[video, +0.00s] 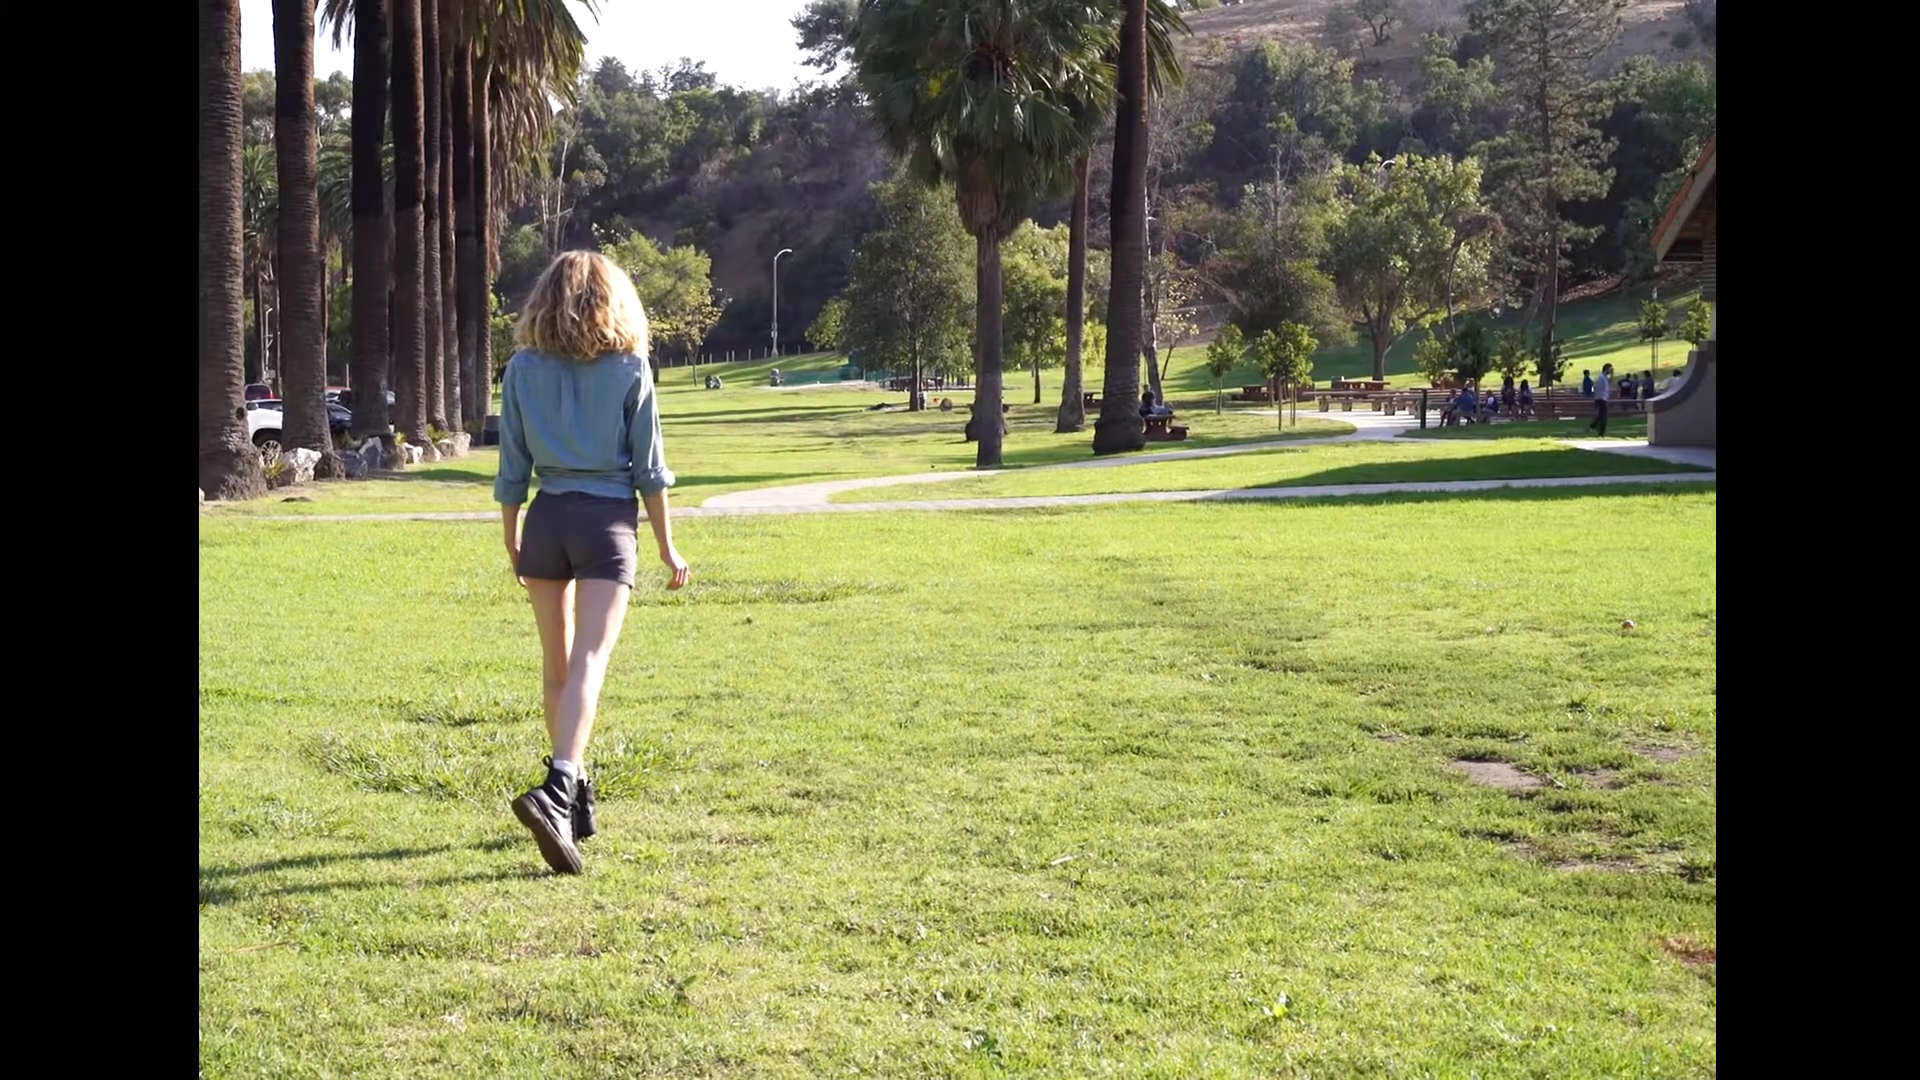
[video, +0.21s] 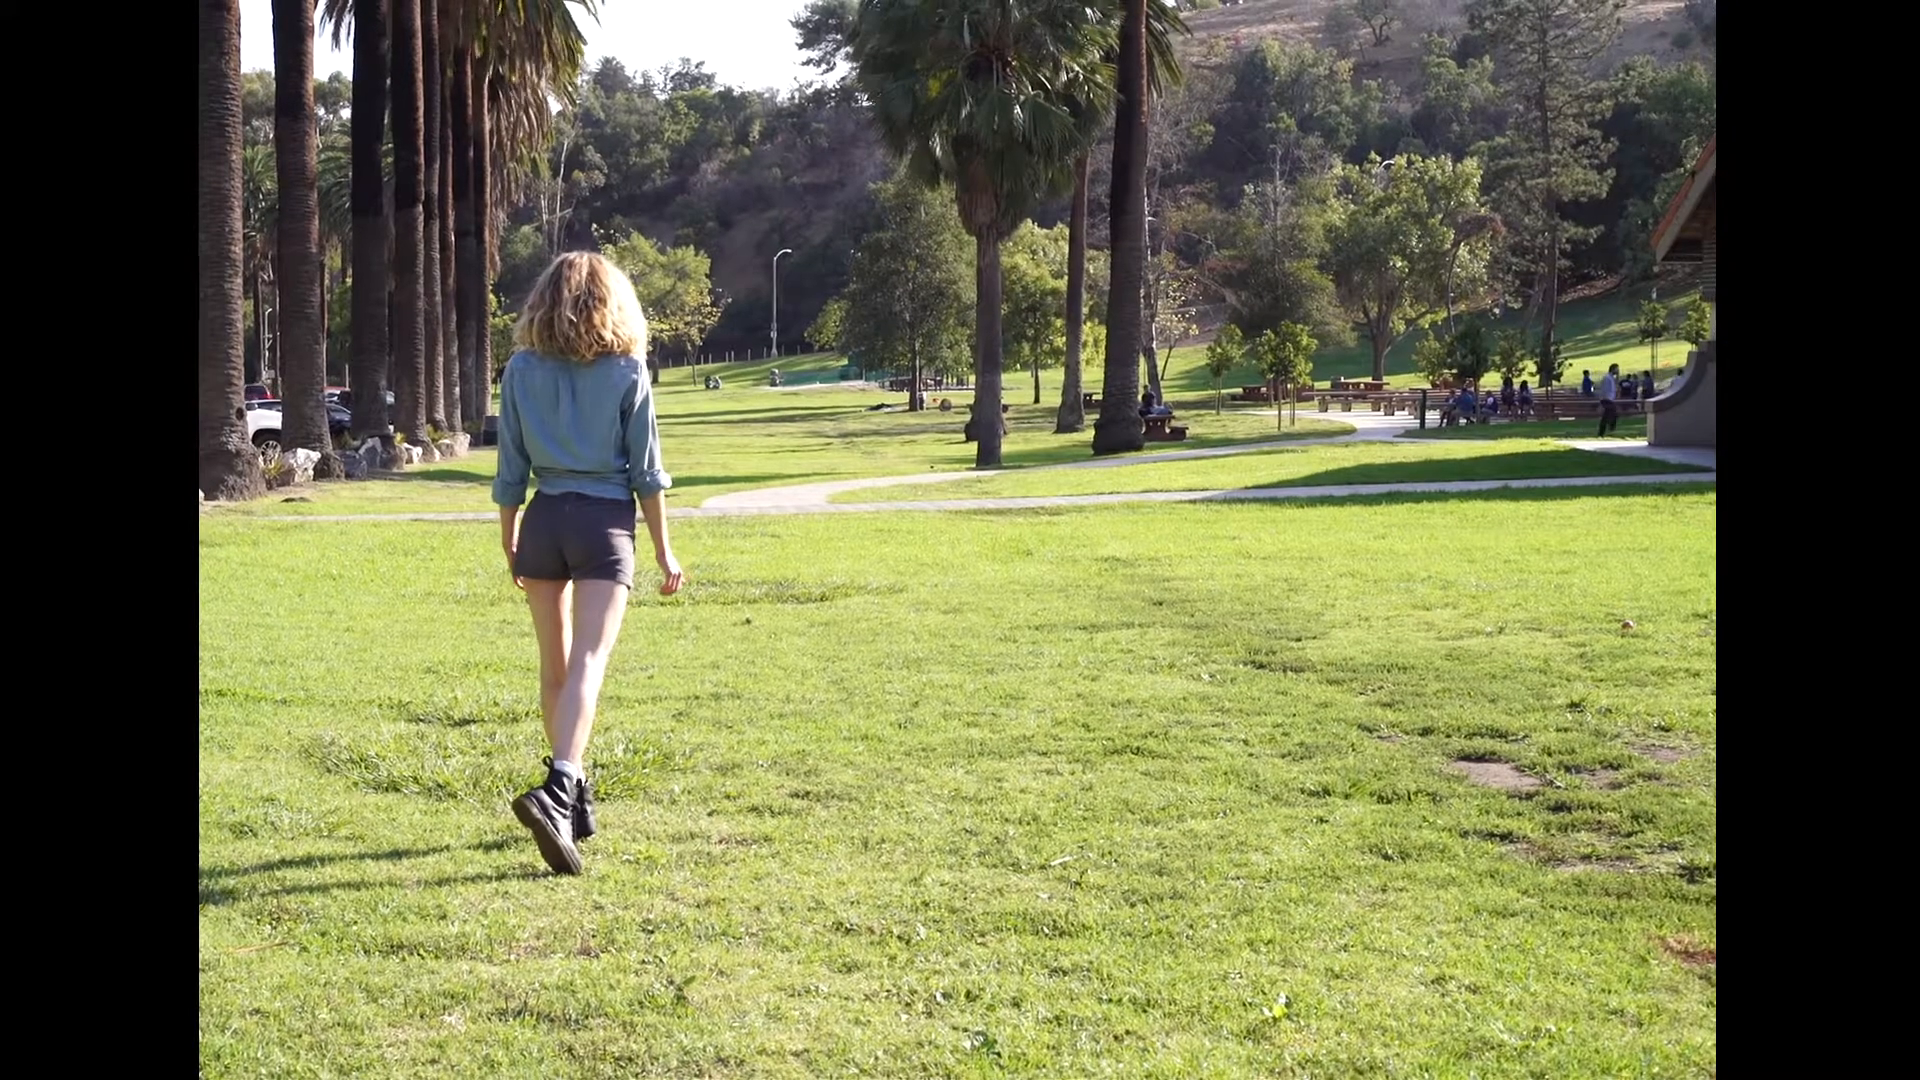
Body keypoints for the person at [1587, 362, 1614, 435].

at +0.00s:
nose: (1610, 371)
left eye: (1611, 369)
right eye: (1610, 369)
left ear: (1605, 369)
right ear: (1606, 369)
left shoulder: (1605, 378)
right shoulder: (1601, 378)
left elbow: (1610, 381)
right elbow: (1597, 389)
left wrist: (1612, 374)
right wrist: (1598, 398)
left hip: (1604, 399)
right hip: (1601, 399)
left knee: (1602, 416)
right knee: (1603, 416)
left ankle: (1592, 426)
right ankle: (1601, 433)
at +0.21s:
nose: (1617, 371)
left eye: (1617, 369)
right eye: (1616, 369)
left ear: (1612, 369)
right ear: (1613, 369)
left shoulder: (1612, 378)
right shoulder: (1607, 378)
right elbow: (1605, 390)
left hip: (1610, 399)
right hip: (1606, 400)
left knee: (1605, 417)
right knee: (1613, 415)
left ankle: (1601, 433)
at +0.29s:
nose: (1620, 371)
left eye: (1620, 369)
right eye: (1619, 369)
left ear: (1615, 370)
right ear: (1616, 370)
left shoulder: (1615, 379)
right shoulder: (1610, 378)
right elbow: (1607, 389)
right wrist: (1609, 398)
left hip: (1614, 400)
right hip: (1609, 400)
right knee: (1606, 417)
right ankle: (1601, 433)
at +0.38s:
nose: (1624, 372)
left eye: (1623, 370)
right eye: (1622, 370)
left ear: (1618, 371)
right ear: (1619, 371)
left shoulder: (1618, 379)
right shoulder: (1614, 379)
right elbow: (1611, 390)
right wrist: (1612, 399)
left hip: (1616, 400)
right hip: (1612, 401)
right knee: (1606, 417)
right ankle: (1601, 433)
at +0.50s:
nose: (1629, 373)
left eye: (1629, 371)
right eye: (1628, 371)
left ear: (1623, 371)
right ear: (1625, 371)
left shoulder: (1622, 380)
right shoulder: (1621, 380)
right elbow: (1620, 391)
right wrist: (1622, 399)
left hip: (1617, 400)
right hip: (1619, 400)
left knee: (1610, 416)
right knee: (1625, 416)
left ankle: (1602, 432)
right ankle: (1631, 432)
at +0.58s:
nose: (1633, 372)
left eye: (1633, 371)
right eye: (1632, 370)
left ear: (1628, 370)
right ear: (1629, 371)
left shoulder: (1628, 379)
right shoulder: (1624, 379)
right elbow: (1622, 390)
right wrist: (1626, 399)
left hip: (1625, 400)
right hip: (1622, 400)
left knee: (1616, 416)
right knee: (1630, 416)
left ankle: (1605, 431)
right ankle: (1631, 433)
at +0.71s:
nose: (1637, 371)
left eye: (1637, 369)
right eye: (1636, 369)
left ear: (1632, 369)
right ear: (1633, 369)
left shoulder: (1629, 376)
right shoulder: (1629, 377)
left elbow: (1620, 385)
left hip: (1627, 399)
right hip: (1627, 399)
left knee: (1627, 415)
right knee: (1630, 416)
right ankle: (1632, 433)